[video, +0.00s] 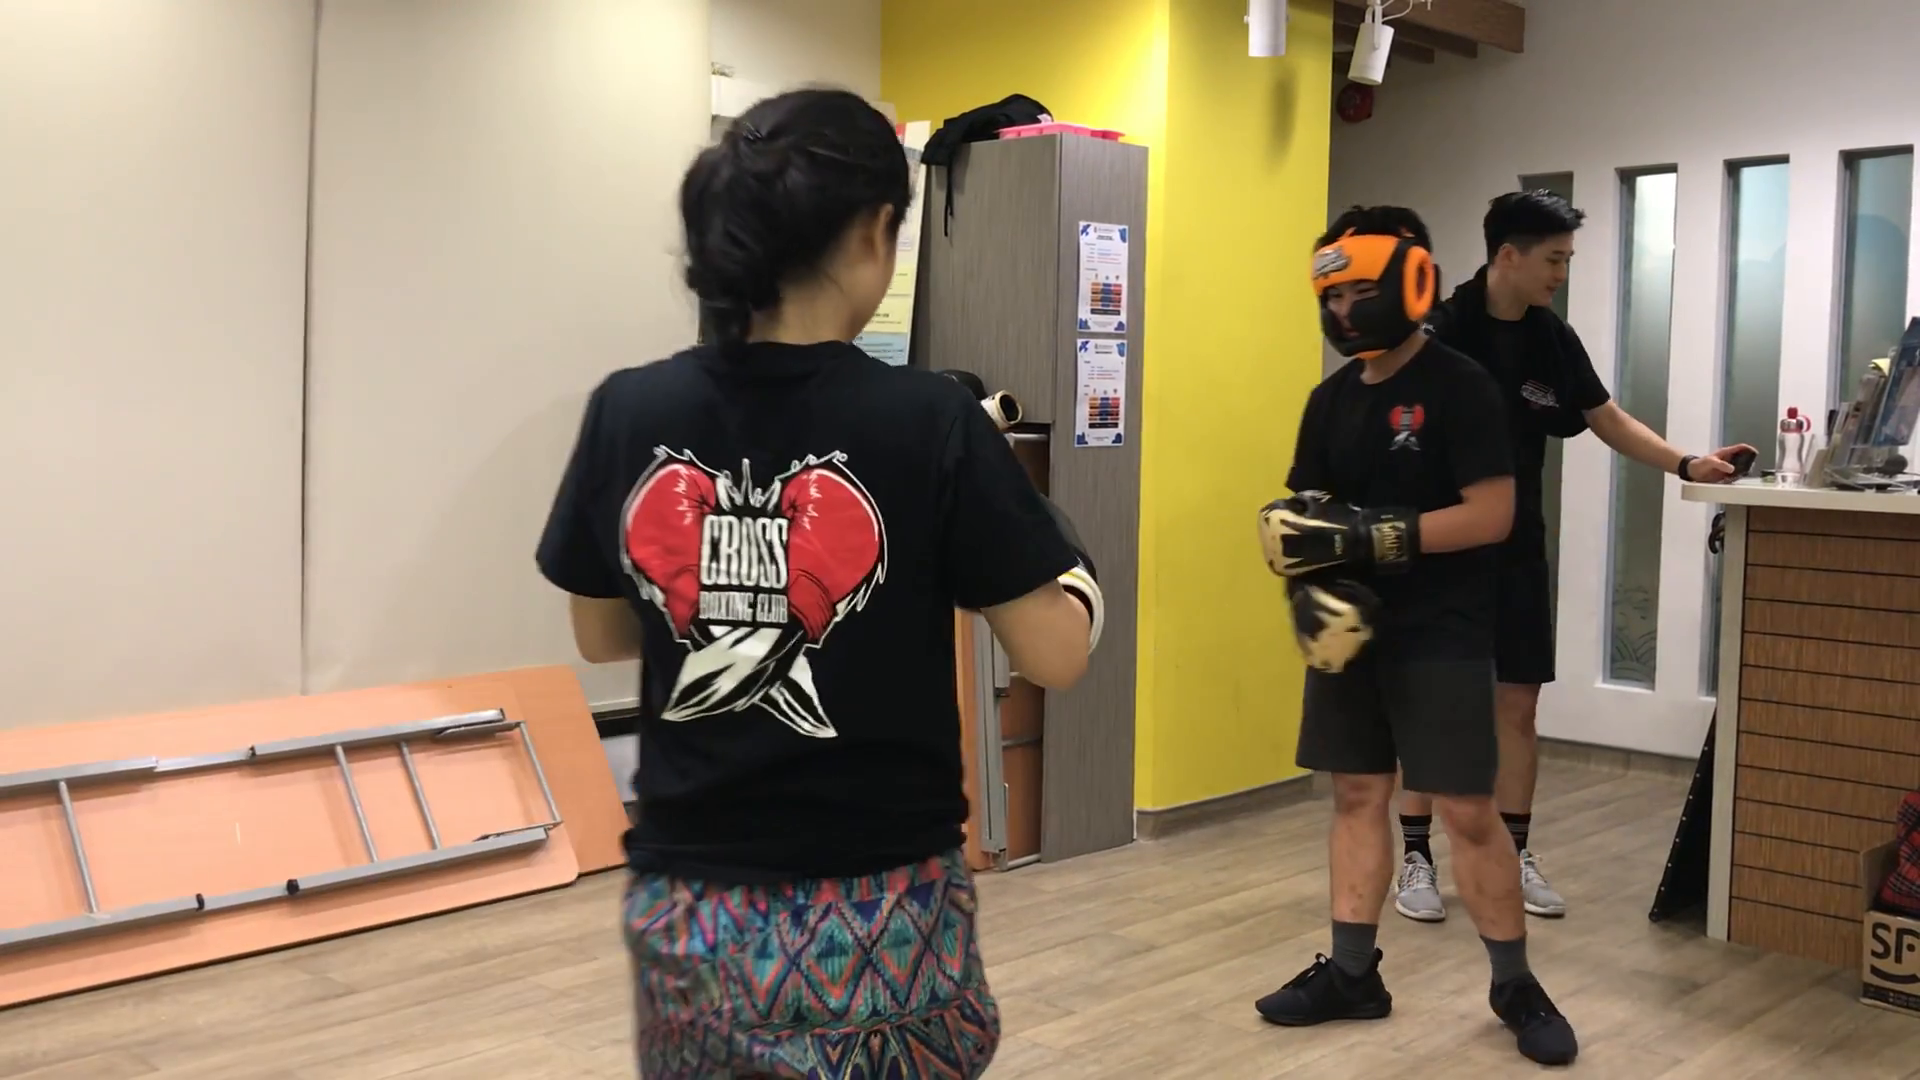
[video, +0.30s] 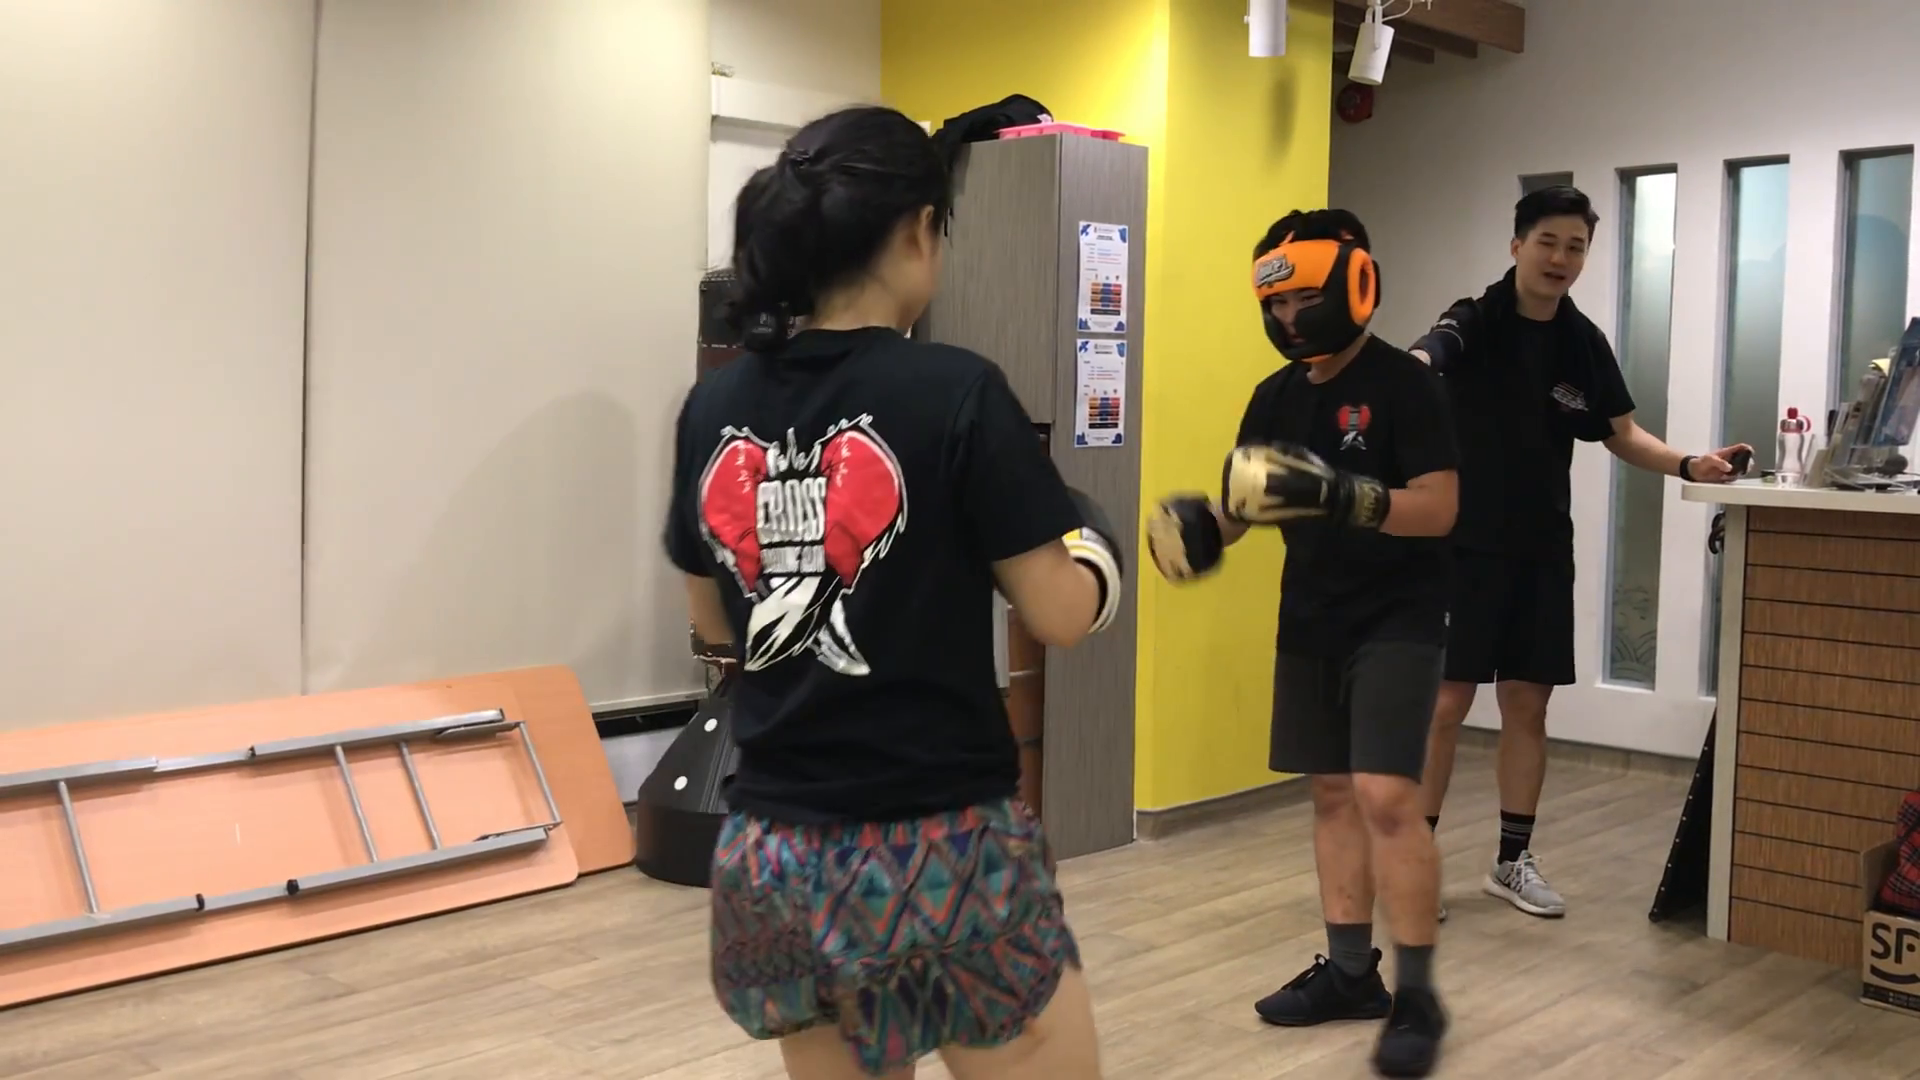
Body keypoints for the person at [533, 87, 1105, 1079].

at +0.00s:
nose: (897, 256)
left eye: (898, 230)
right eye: (898, 229)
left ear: (729, 225)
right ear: (872, 235)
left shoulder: (627, 410)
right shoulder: (929, 420)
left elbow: (601, 631)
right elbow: (1058, 656)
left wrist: (728, 569)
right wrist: (1068, 571)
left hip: (685, 908)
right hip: (883, 909)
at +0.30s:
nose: (937, 256)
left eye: (934, 231)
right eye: (936, 230)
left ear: (792, 237)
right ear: (916, 231)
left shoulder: (712, 406)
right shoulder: (957, 392)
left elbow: (716, 626)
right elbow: (1063, 615)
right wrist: (1091, 547)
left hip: (770, 852)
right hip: (947, 849)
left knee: (828, 1066)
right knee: (1049, 1063)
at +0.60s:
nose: (1038, 269)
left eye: (1035, 245)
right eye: (1037, 244)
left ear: (896, 252)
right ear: (1019, 251)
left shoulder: (833, 414)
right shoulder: (1079, 403)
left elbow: (833, 624)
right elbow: (1188, 605)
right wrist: (1169, 494)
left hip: (883, 834)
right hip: (1054, 839)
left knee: (894, 1064)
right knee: (1089, 1063)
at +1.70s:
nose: (1041, 266)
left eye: (1032, 251)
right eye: (1034, 251)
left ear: (908, 264)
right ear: (1024, 263)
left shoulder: (877, 401)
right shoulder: (1088, 379)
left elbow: (873, 519)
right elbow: (1182, 476)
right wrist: (1130, 374)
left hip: (930, 754)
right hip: (1074, 747)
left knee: (975, 1038)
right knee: (1138, 1050)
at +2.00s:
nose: (1027, 265)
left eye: (1021, 251)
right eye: (1022, 250)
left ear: (898, 260)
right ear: (1010, 261)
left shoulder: (867, 403)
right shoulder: (1060, 370)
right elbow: (1154, 441)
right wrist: (1090, 359)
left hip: (924, 742)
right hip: (1060, 731)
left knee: (975, 1036)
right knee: (1108, 1048)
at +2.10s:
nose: (1026, 265)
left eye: (1021, 247)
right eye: (1021, 247)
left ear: (902, 257)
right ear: (1007, 257)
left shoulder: (865, 398)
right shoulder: (1060, 371)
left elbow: (857, 533)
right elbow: (1175, 470)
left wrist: (948, 514)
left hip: (928, 750)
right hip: (1065, 738)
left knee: (977, 1036)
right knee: (1118, 1048)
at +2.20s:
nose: (1036, 270)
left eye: (1031, 252)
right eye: (1033, 252)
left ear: (906, 257)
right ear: (1019, 263)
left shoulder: (863, 405)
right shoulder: (1066, 384)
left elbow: (838, 576)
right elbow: (1194, 519)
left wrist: (939, 547)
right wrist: (1097, 536)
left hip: (927, 759)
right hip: (1067, 746)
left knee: (977, 1042)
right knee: (1131, 1053)